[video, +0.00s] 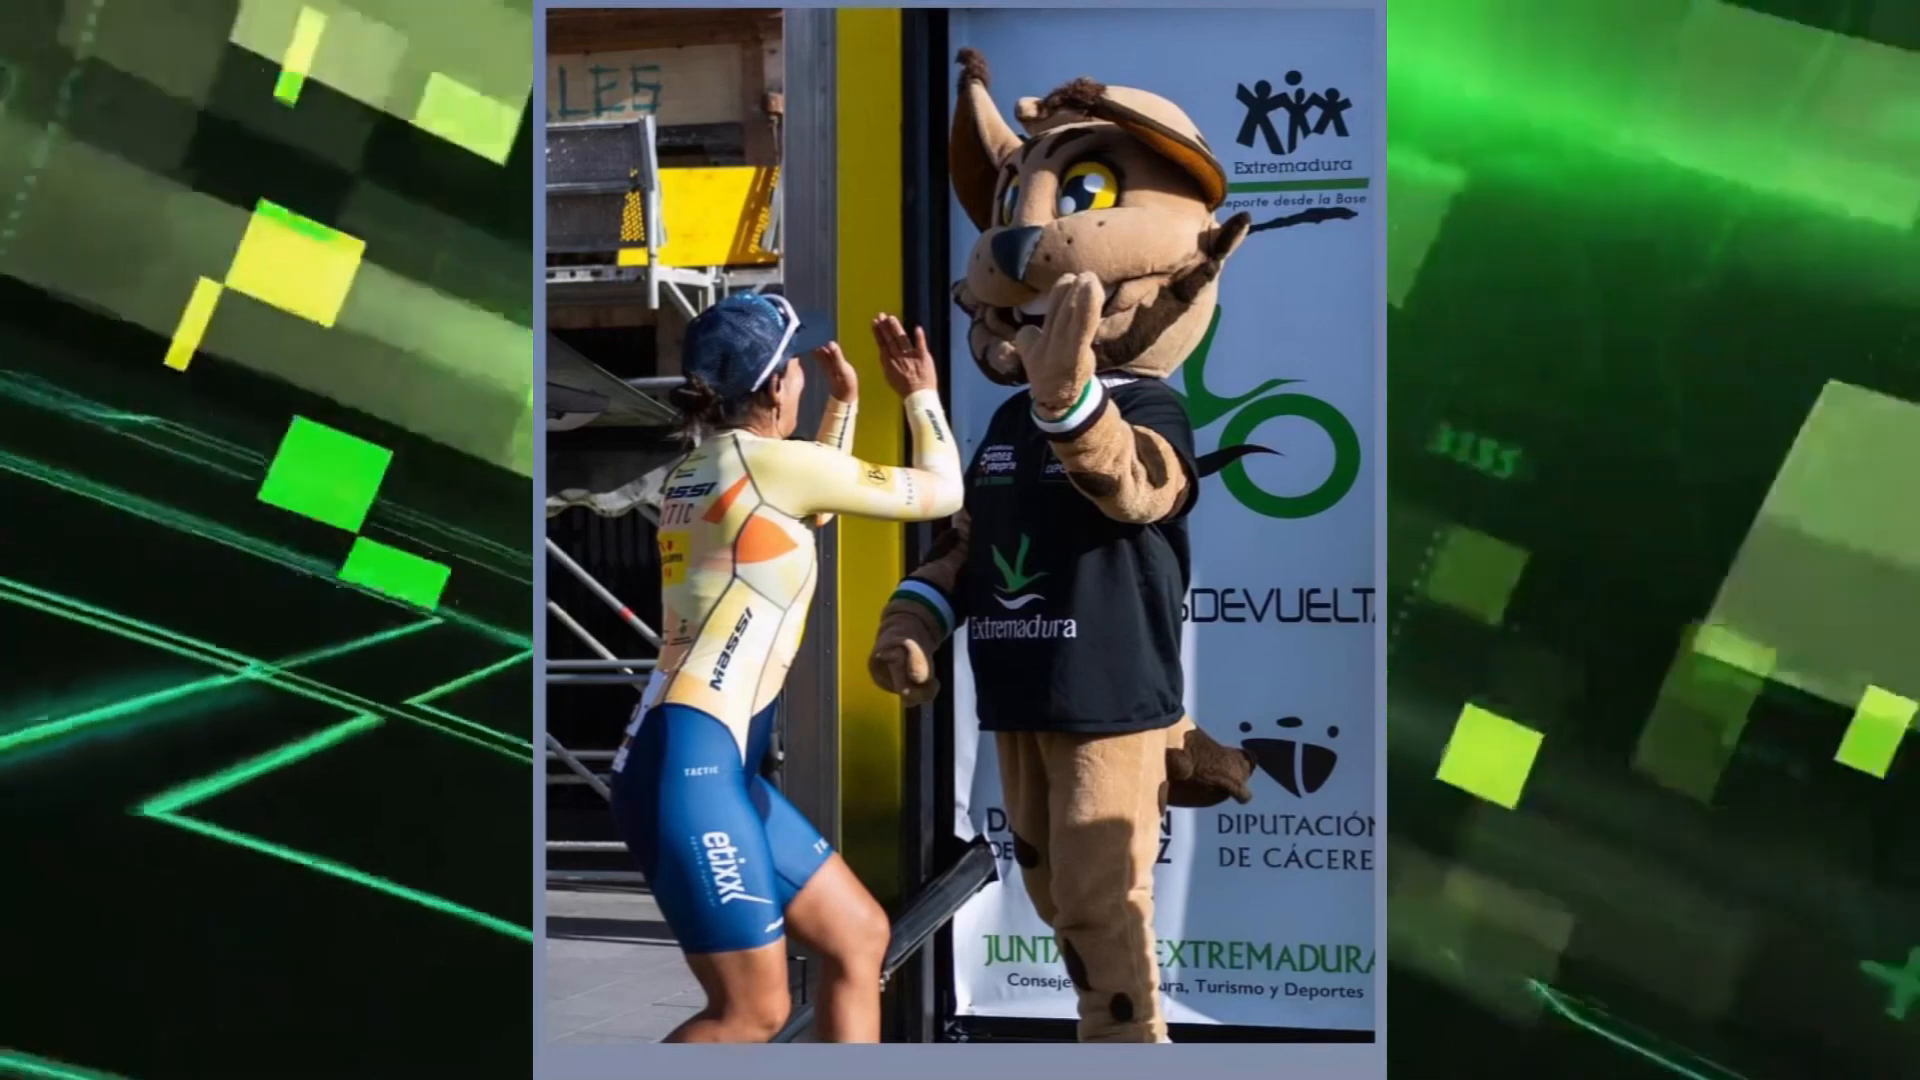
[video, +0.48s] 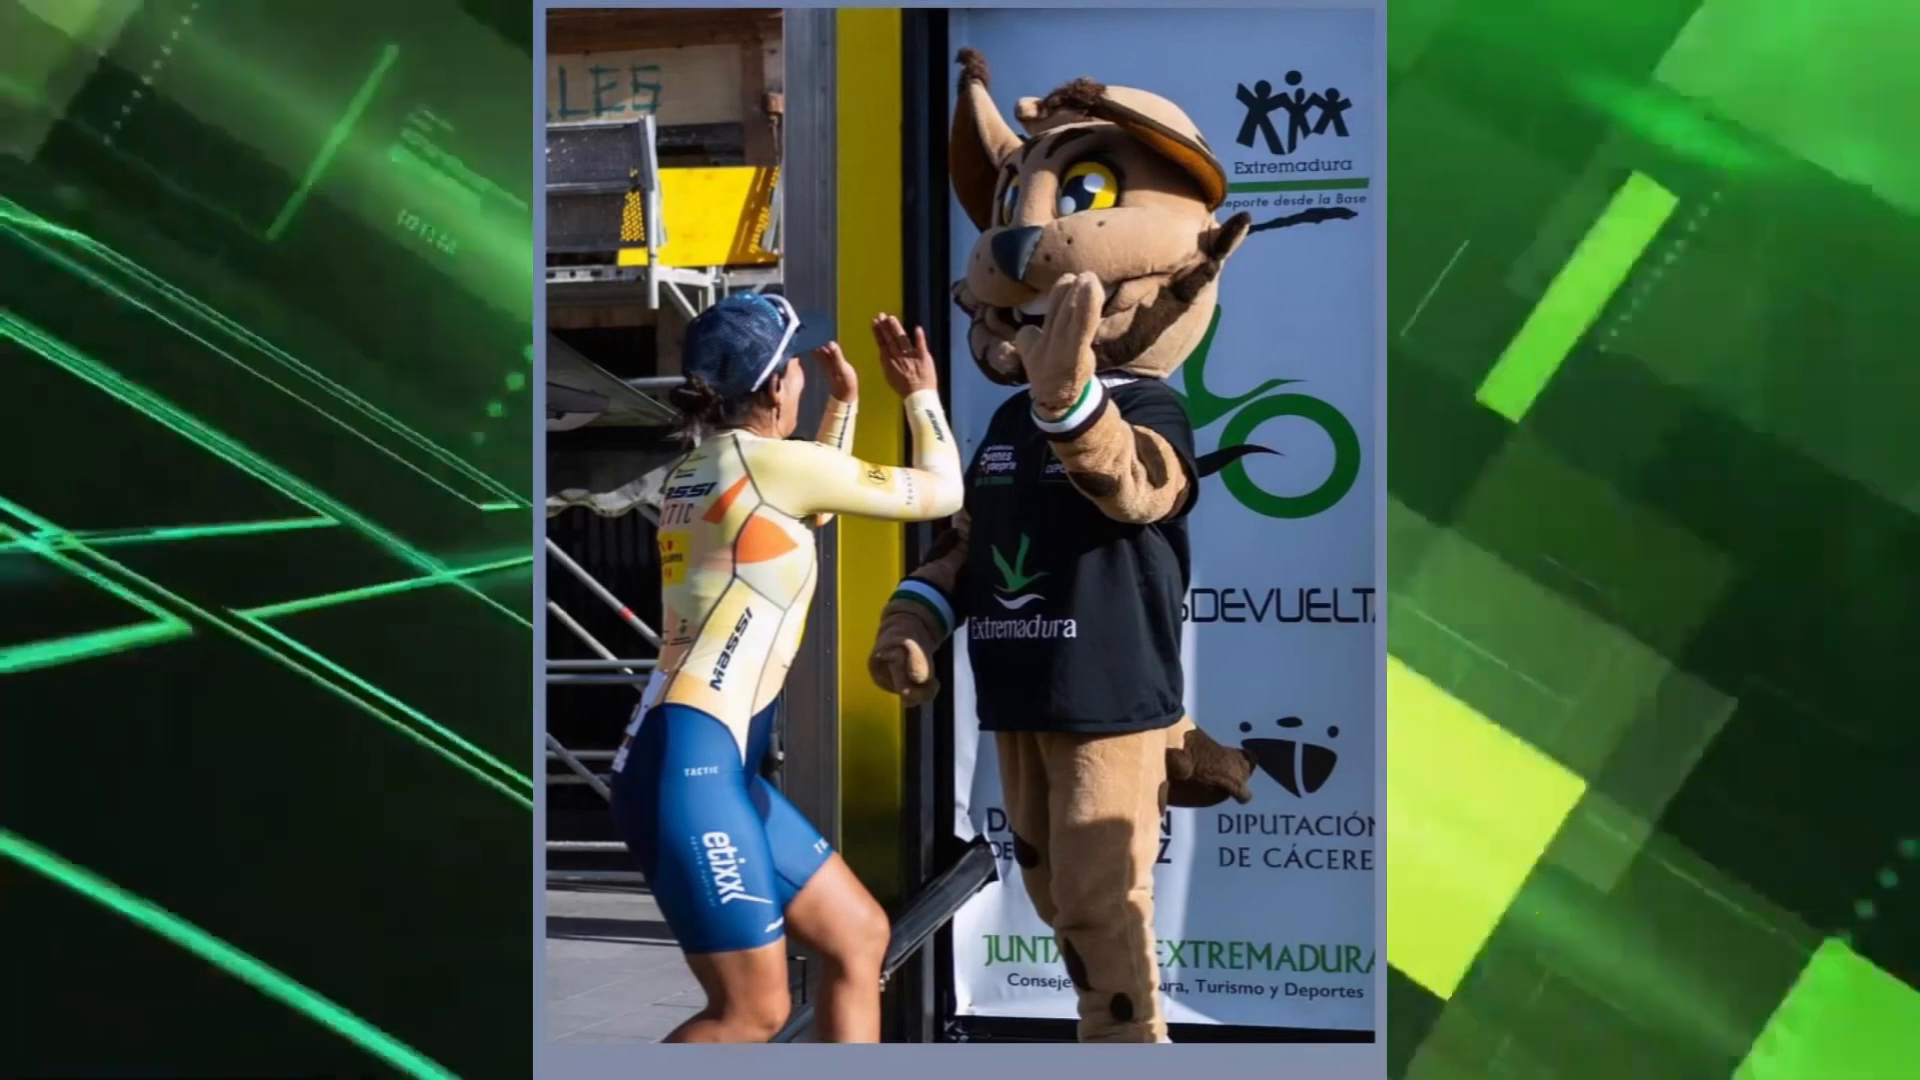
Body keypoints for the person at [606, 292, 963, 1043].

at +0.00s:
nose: (803, 377)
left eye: (799, 363)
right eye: (796, 364)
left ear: (715, 387)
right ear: (776, 380)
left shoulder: (692, 471)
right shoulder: (778, 465)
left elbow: (798, 494)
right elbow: (938, 492)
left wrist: (840, 412)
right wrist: (924, 395)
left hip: (714, 770)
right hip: (686, 774)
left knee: (860, 934)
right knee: (754, 1010)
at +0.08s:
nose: (803, 377)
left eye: (799, 363)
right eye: (796, 364)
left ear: (715, 387)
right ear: (776, 380)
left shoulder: (692, 471)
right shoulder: (778, 465)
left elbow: (798, 494)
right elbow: (938, 492)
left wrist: (840, 412)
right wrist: (924, 396)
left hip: (714, 770)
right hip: (686, 774)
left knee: (860, 934)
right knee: (754, 1010)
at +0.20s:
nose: (803, 377)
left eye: (800, 363)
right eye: (796, 364)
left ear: (715, 387)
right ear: (777, 381)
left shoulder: (694, 471)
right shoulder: (780, 465)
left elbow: (801, 494)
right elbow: (938, 492)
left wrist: (841, 410)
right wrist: (924, 395)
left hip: (714, 769)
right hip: (686, 774)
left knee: (860, 933)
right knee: (754, 1009)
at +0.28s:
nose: (803, 377)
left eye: (800, 362)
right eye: (797, 364)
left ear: (715, 387)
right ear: (777, 380)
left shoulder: (694, 471)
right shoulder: (781, 465)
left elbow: (798, 494)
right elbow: (938, 492)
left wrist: (841, 411)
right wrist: (924, 395)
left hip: (714, 769)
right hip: (686, 774)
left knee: (860, 934)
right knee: (754, 1010)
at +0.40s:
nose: (803, 377)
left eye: (799, 362)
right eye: (796, 364)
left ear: (714, 387)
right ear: (777, 380)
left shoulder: (694, 471)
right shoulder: (781, 466)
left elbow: (799, 493)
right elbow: (938, 492)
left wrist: (841, 411)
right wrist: (924, 395)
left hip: (714, 769)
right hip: (686, 774)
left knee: (860, 934)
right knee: (754, 1010)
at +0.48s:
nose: (803, 377)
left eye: (799, 362)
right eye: (796, 364)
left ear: (714, 387)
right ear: (777, 380)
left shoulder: (694, 471)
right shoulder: (781, 466)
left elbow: (799, 493)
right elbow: (938, 492)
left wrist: (841, 411)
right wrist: (924, 395)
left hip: (714, 769)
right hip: (686, 774)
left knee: (860, 934)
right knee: (754, 1010)